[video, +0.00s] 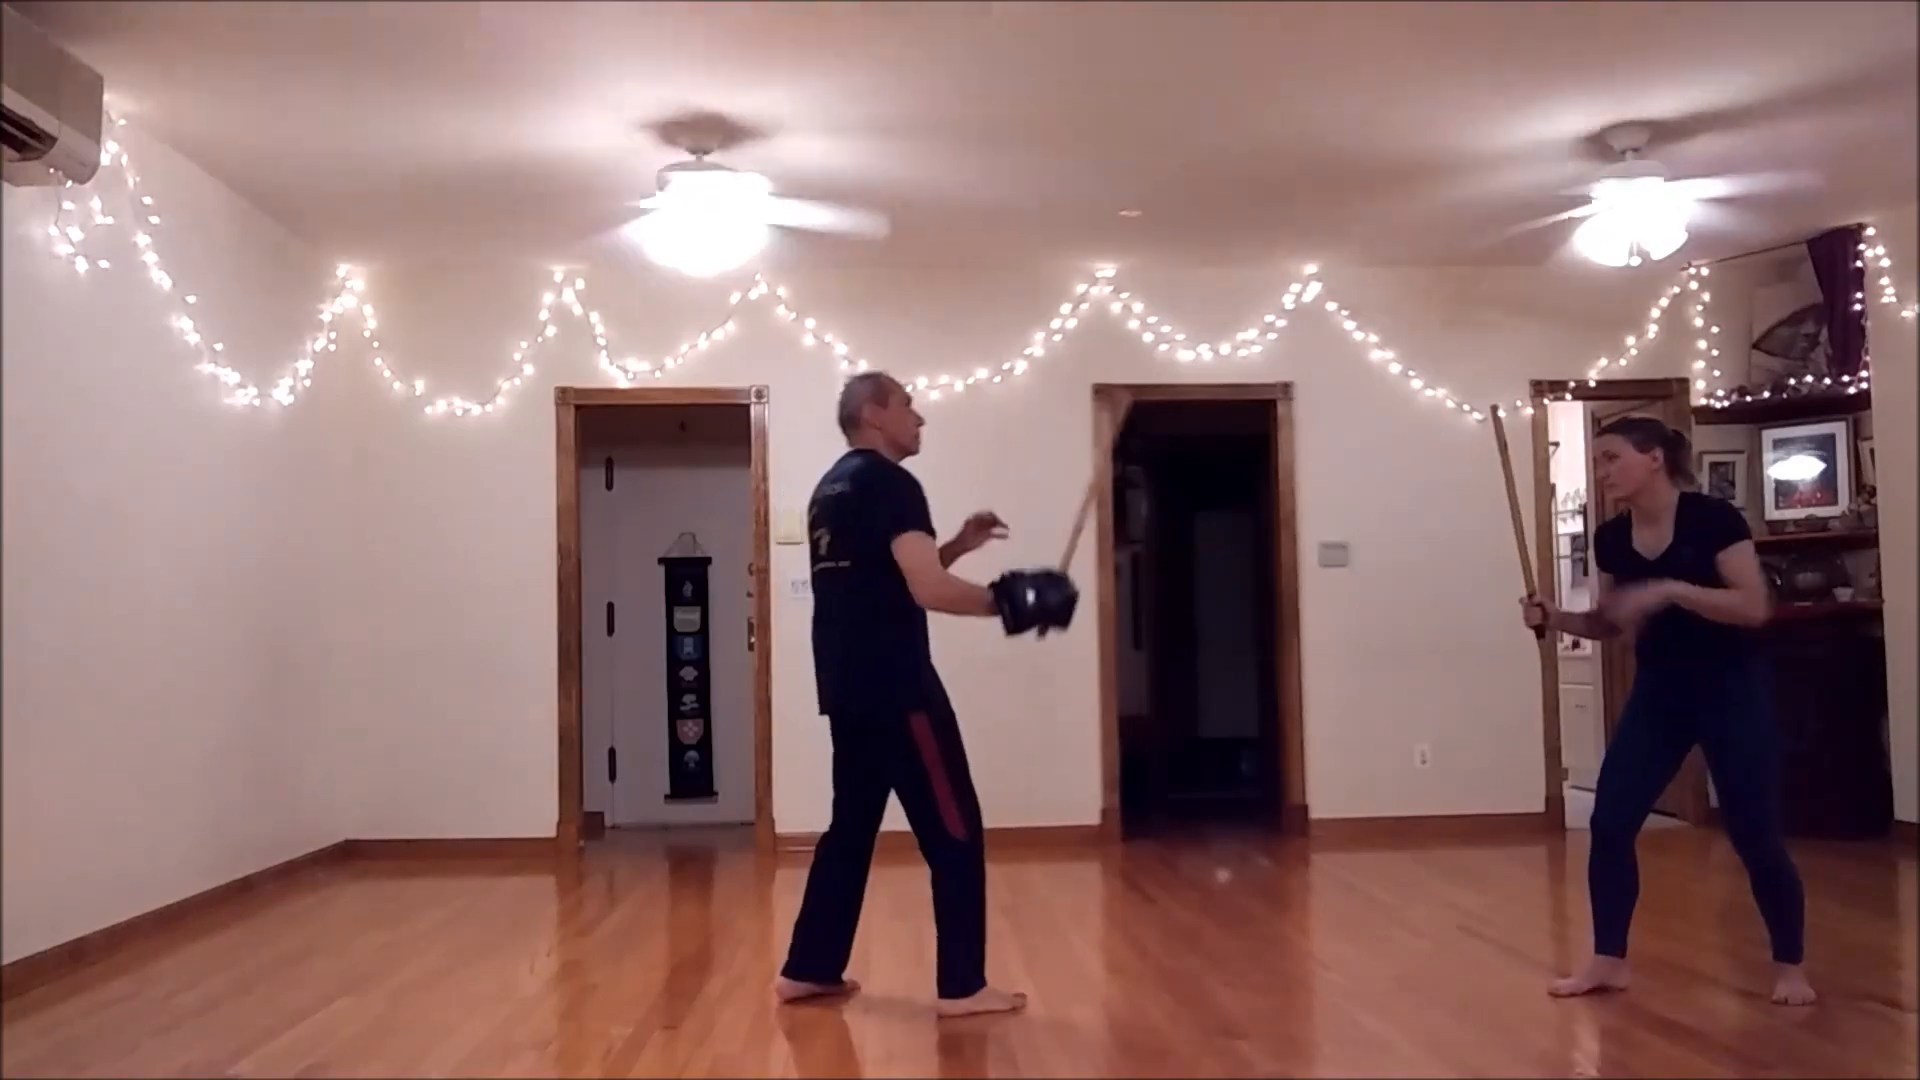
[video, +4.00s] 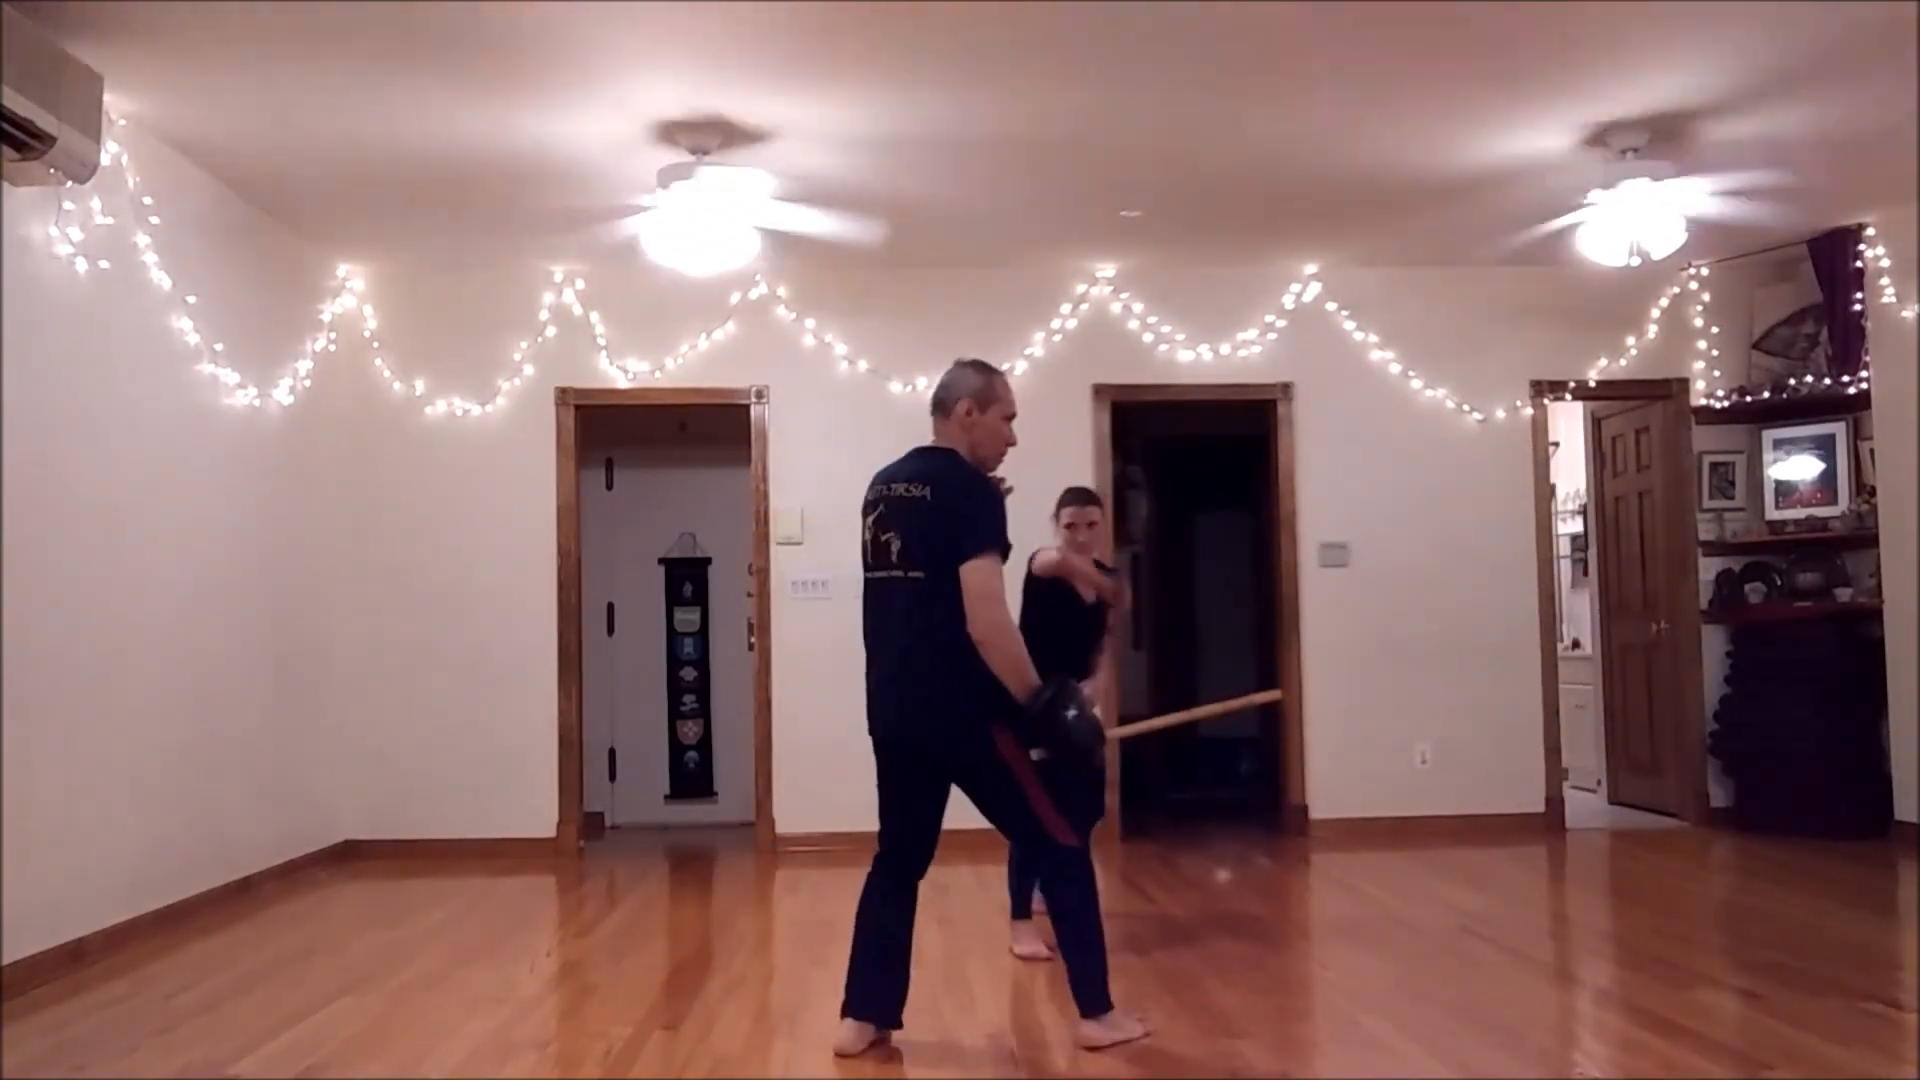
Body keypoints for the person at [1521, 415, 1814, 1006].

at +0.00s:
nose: (1602, 472)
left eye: (1611, 459)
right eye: (1598, 462)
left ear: (1653, 458)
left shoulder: (1712, 517)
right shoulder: (1613, 537)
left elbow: (1755, 605)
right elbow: (1610, 622)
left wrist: (1668, 590)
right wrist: (1556, 618)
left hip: (1732, 696)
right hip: (1659, 697)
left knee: (1754, 831)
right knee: (1611, 823)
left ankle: (1790, 967)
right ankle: (1608, 960)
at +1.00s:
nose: (1592, 488)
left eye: (1600, 475)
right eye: (1588, 478)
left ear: (1640, 471)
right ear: (1617, 480)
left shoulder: (1702, 522)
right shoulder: (1608, 542)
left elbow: (1711, 612)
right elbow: (1605, 623)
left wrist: (1634, 560)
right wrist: (1555, 626)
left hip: (1718, 698)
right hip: (1648, 699)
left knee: (1742, 836)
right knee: (1595, 822)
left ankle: (1787, 967)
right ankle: (1606, 961)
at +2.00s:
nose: (1593, 491)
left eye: (1601, 477)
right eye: (1589, 480)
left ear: (1641, 474)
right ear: (1628, 480)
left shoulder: (1708, 528)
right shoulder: (1615, 546)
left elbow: (1756, 613)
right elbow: (1629, 625)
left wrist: (1673, 601)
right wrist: (1575, 632)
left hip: (1734, 700)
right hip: (1666, 701)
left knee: (1754, 833)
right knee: (1612, 822)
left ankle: (1789, 968)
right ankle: (1609, 960)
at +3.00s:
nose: (1202, 520)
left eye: (1212, 508)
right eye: (1198, 511)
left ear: (1250, 508)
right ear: (1200, 519)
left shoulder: (1297, 564)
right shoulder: (1204, 573)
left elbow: (1362, 627)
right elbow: (1135, 624)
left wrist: (1319, 648)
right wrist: (1106, 568)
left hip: (1300, 723)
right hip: (1237, 725)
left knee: (1346, 837)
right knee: (1163, 808)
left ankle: (1430, 968)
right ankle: (1108, 915)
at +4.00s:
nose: (1082, 534)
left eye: (1091, 526)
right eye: (1072, 526)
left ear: (1104, 527)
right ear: (1056, 528)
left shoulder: (1108, 580)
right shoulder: (1042, 562)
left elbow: (1104, 649)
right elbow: (1051, 561)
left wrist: (1093, 698)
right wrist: (1088, 576)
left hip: (1079, 703)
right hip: (1033, 701)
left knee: (1088, 803)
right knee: (1031, 809)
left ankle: (1058, 892)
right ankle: (1020, 918)